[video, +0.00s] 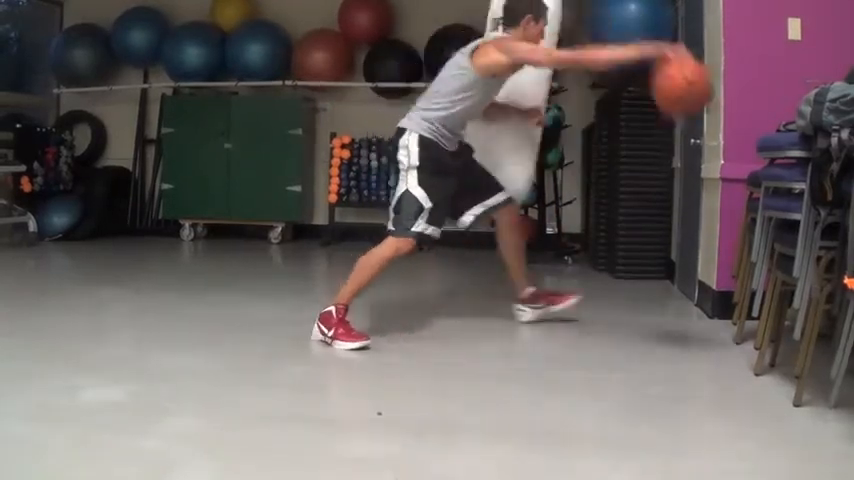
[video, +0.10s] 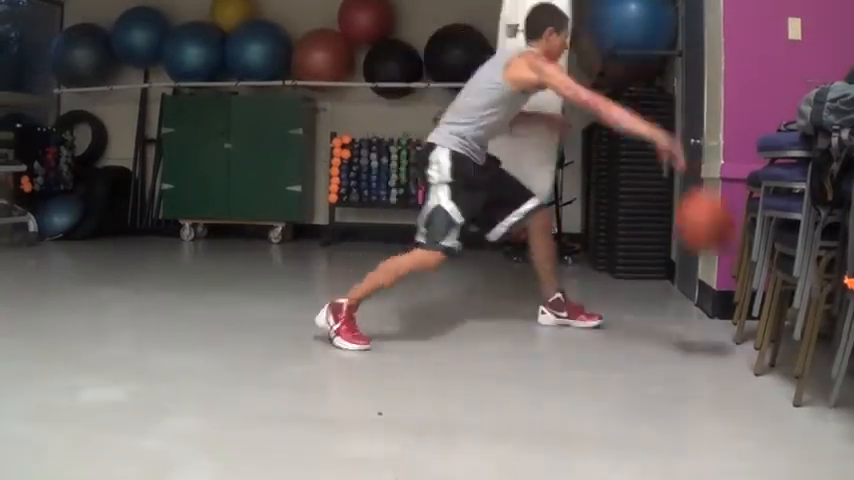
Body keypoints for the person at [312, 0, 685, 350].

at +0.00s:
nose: (542, 41)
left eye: (542, 34)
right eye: (539, 32)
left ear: (521, 25)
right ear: (523, 25)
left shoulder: (493, 53)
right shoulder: (494, 49)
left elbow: (473, 102)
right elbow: (582, 59)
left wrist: (521, 113)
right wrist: (649, 49)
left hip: (452, 150)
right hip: (419, 143)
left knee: (507, 210)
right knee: (405, 237)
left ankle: (525, 297)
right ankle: (334, 314)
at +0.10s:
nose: (565, 46)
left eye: (565, 39)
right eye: (564, 39)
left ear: (538, 35)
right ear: (549, 36)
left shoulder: (510, 62)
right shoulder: (532, 64)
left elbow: (500, 113)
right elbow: (594, 104)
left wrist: (550, 122)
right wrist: (657, 135)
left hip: (474, 159)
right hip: (449, 155)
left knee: (538, 215)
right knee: (435, 252)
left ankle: (554, 304)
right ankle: (343, 308)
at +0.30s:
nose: (604, 79)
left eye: (605, 73)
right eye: (605, 72)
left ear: (581, 64)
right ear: (593, 68)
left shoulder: (557, 87)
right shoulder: (561, 88)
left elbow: (541, 122)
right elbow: (602, 145)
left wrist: (579, 132)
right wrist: (670, 162)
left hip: (498, 165)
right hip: (469, 157)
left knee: (563, 213)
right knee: (505, 242)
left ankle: (558, 303)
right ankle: (410, 305)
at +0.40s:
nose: (610, 84)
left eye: (610, 78)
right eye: (610, 78)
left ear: (581, 67)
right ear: (597, 74)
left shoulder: (567, 91)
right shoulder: (560, 95)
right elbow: (620, 147)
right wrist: (674, 129)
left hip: (499, 166)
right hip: (467, 160)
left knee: (563, 218)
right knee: (497, 247)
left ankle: (556, 305)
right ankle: (433, 338)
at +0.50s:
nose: (608, 85)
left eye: (609, 78)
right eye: (609, 78)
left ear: (579, 69)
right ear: (595, 75)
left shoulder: (561, 91)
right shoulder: (561, 102)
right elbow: (625, 157)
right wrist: (677, 152)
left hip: (496, 169)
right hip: (468, 165)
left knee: (562, 218)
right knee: (501, 253)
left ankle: (555, 306)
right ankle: (433, 341)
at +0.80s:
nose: (621, 59)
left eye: (623, 53)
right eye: (623, 52)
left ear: (595, 41)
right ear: (615, 46)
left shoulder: (572, 64)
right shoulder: (581, 68)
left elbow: (575, 112)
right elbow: (579, 132)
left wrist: (616, 112)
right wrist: (628, 167)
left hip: (524, 153)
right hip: (505, 143)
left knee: (576, 215)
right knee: (506, 227)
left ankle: (550, 302)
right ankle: (456, 322)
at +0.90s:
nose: (621, 47)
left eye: (624, 41)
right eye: (624, 40)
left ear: (596, 26)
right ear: (615, 32)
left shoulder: (577, 50)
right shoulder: (581, 51)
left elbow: (585, 100)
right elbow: (575, 102)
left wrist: (623, 107)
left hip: (529, 136)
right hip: (511, 131)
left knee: (575, 209)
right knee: (528, 224)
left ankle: (550, 295)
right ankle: (469, 311)